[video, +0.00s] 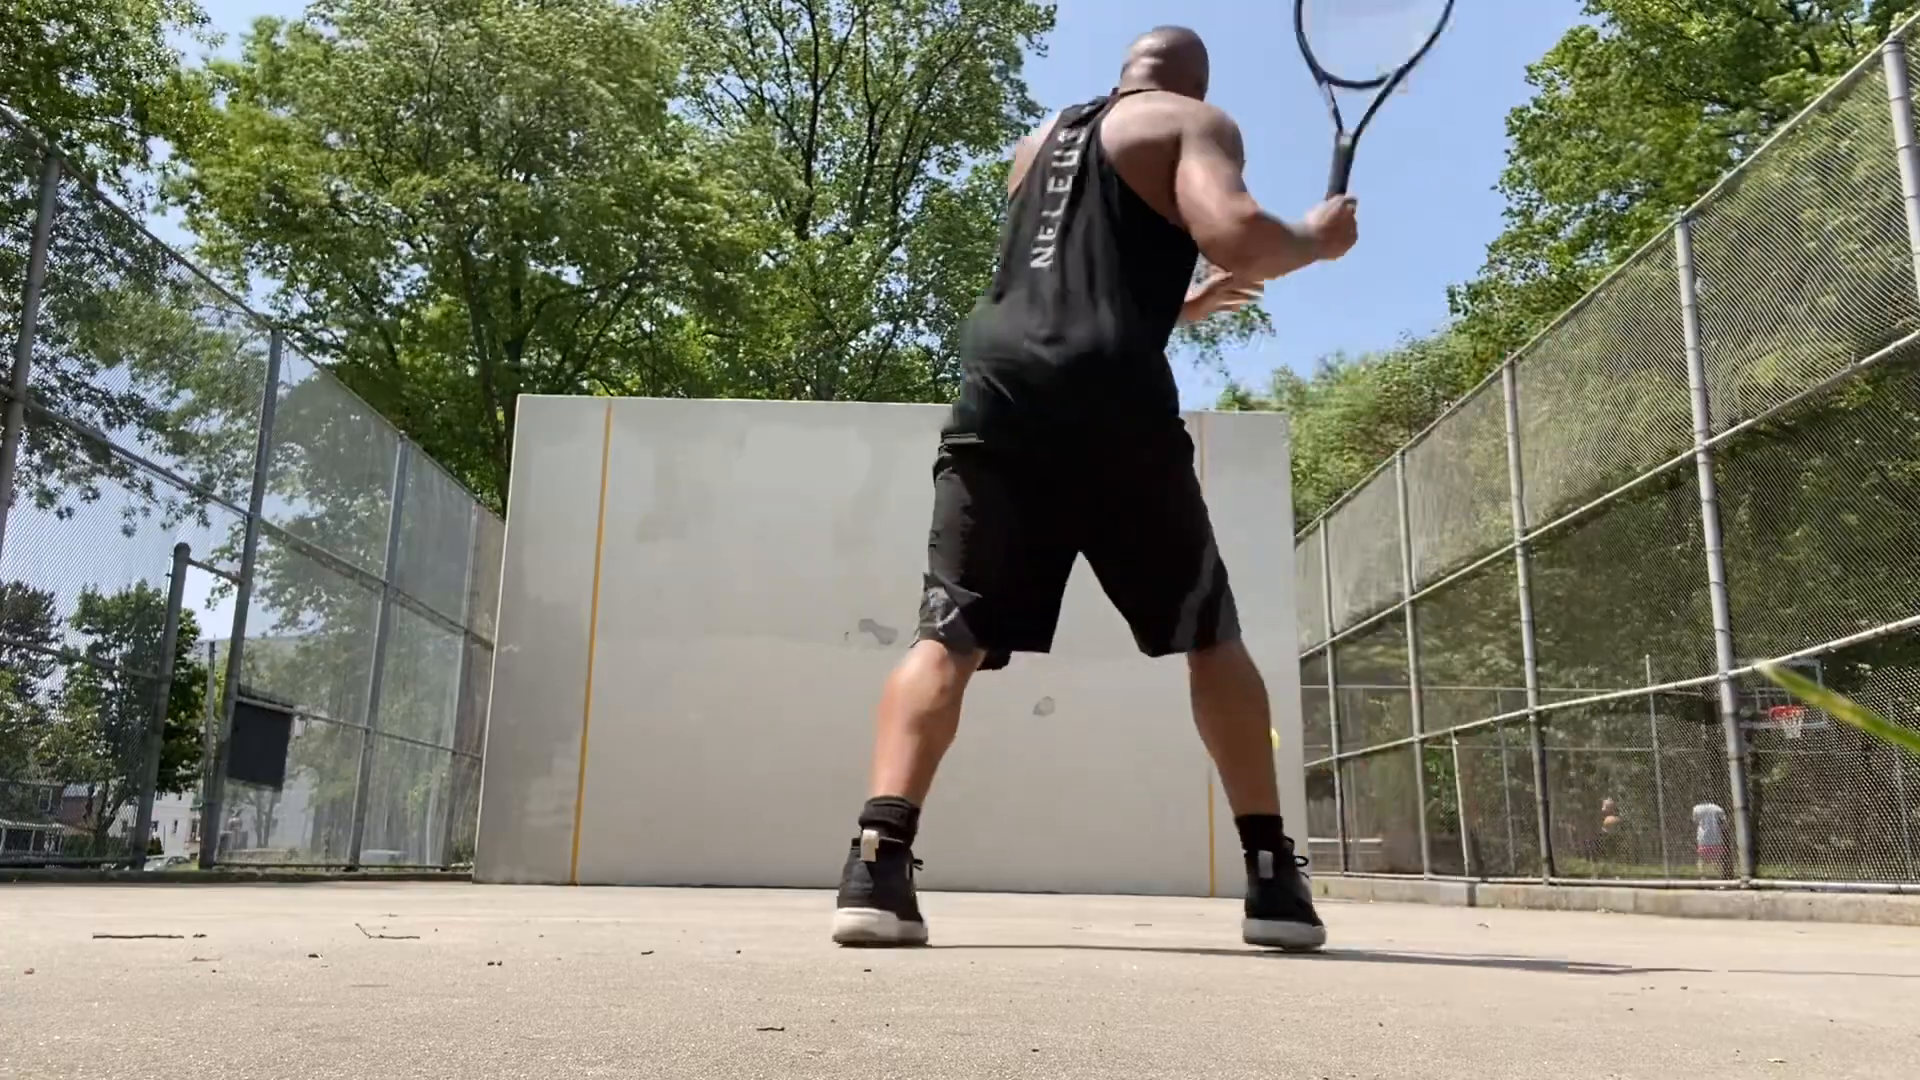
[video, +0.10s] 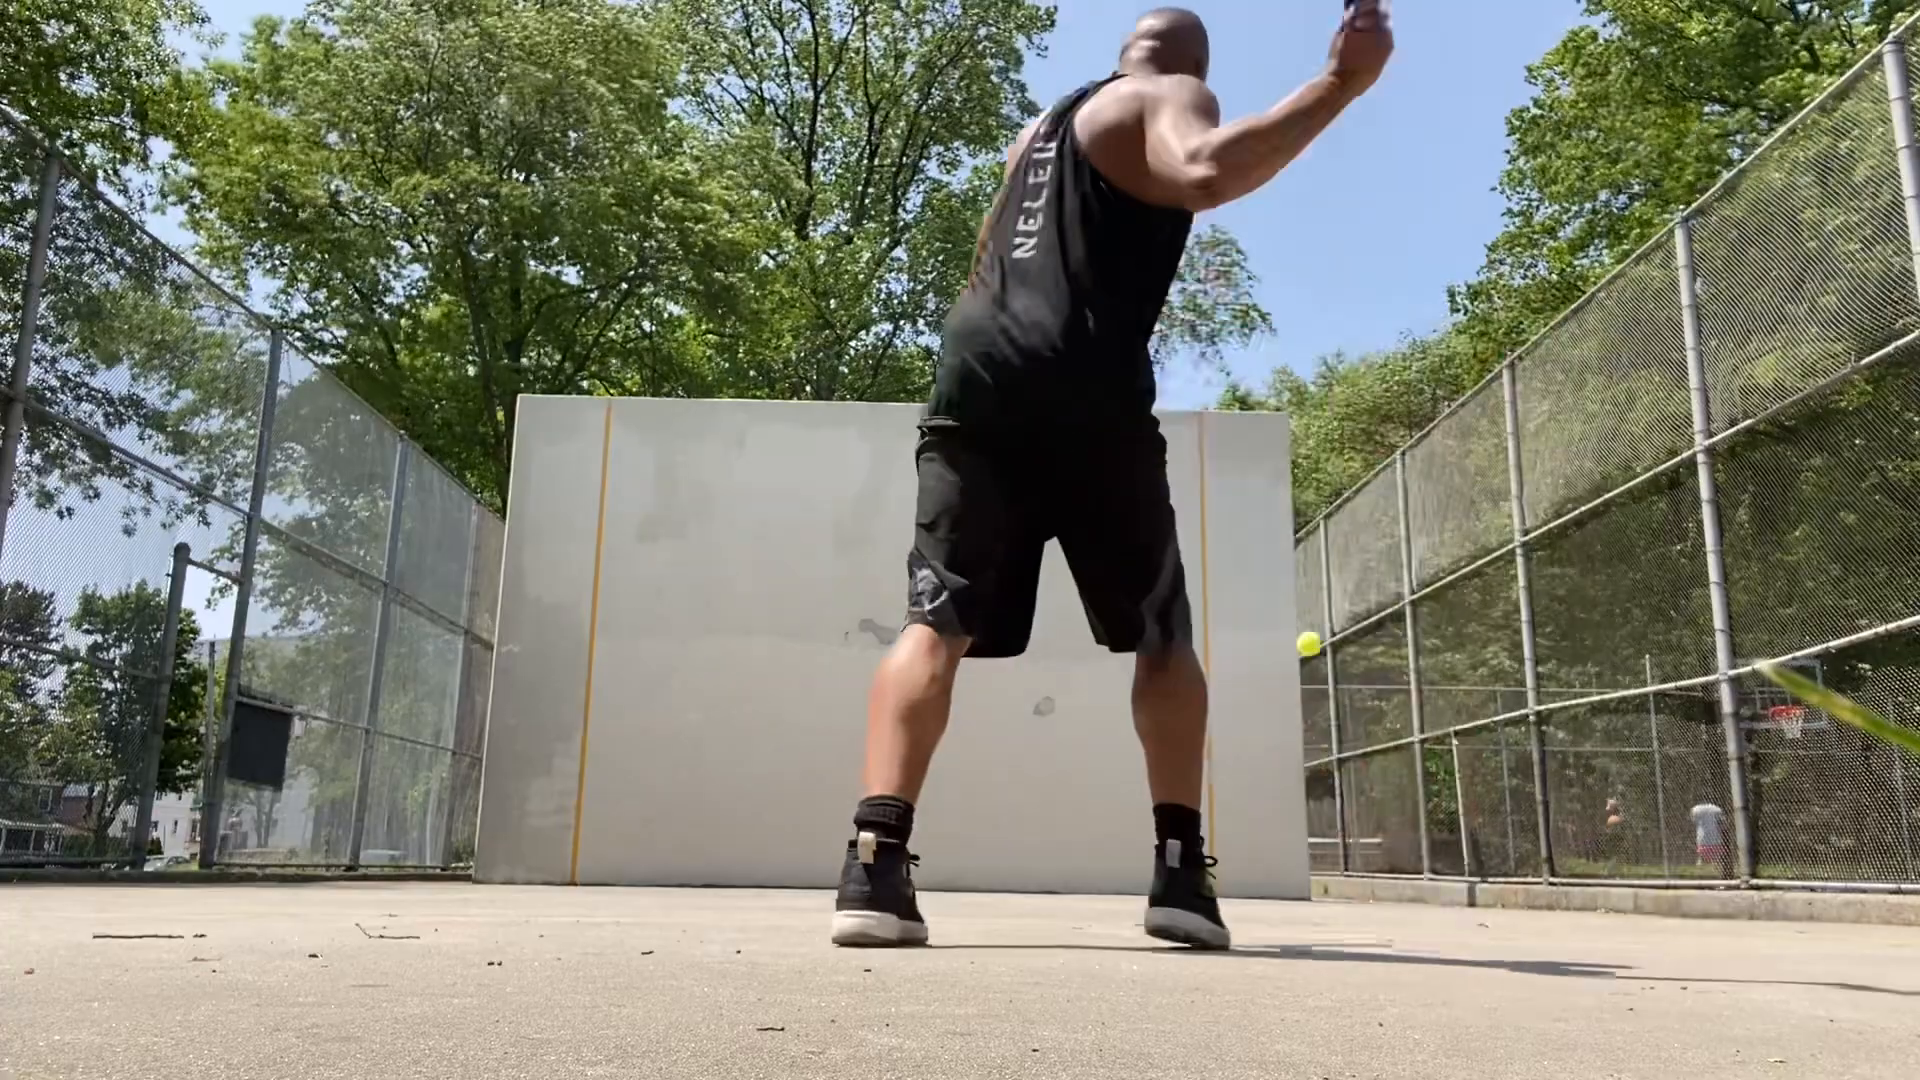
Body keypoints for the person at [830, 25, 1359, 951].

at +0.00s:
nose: (1202, 101)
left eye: (1184, 85)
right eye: (1204, 91)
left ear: (1123, 73)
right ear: (1196, 84)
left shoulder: (1038, 143)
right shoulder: (1194, 119)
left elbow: (1060, 296)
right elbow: (1235, 240)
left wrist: (1191, 304)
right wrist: (1315, 240)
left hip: (994, 401)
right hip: (1116, 408)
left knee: (948, 635)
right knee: (1210, 637)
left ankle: (876, 867)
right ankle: (1275, 881)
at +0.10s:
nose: (1201, 93)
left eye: (1195, 80)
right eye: (1203, 80)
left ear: (1124, 51)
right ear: (1190, 66)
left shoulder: (1037, 131)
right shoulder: (1166, 91)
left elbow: (993, 249)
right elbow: (1200, 172)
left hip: (973, 377)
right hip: (1090, 392)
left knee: (933, 625)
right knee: (1162, 638)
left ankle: (874, 870)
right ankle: (1179, 879)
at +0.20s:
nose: (1203, 96)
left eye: (1199, 87)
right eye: (1210, 84)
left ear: (1126, 62)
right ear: (1199, 80)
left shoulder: (1041, 144)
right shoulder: (1155, 99)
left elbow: (936, 227)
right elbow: (1175, 172)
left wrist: (926, 294)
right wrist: (1319, 48)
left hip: (968, 390)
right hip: (1085, 403)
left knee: (932, 629)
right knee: (1151, 645)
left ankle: (871, 869)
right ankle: (1175, 883)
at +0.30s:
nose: (1198, 117)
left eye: (1195, 103)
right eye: (1196, 104)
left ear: (1117, 68)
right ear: (1186, 88)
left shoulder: (1025, 138)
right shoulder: (1168, 126)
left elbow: (897, 223)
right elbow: (1215, 240)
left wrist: (862, 273)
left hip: (971, 388)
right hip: (1095, 401)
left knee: (933, 629)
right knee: (1164, 642)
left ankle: (867, 854)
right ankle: (1177, 886)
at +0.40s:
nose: (1167, 74)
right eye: (1170, 61)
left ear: (1084, 43)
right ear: (1164, 62)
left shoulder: (1003, 93)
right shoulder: (1191, 122)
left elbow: (916, 235)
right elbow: (1213, 292)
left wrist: (868, 275)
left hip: (999, 392)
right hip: (1132, 412)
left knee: (928, 589)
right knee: (1155, 640)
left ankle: (859, 780)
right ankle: (1177, 886)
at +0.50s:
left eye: (1057, 16)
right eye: (1139, 20)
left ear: (1054, 13)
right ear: (1139, 18)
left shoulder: (996, 68)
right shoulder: (1175, 93)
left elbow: (937, 225)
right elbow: (1185, 235)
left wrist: (883, 284)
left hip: (1012, 377)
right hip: (1139, 397)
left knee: (898, 559)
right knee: (1152, 631)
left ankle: (843, 752)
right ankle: (1182, 884)